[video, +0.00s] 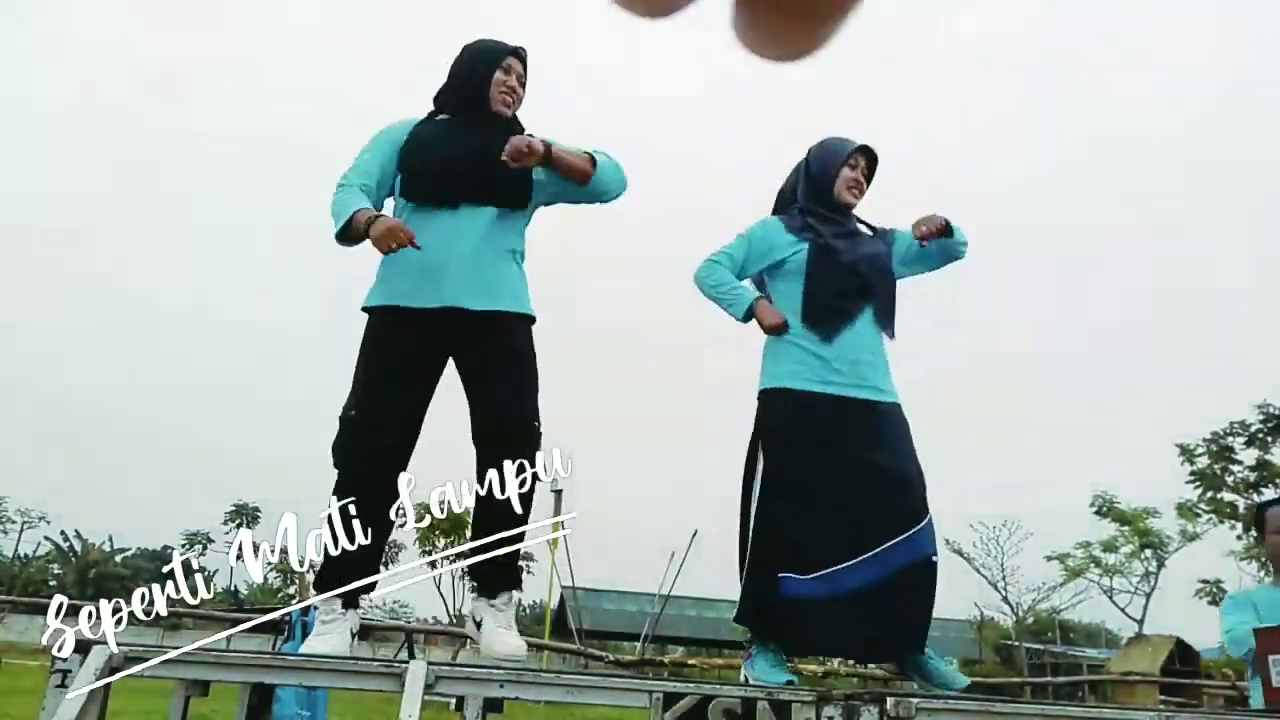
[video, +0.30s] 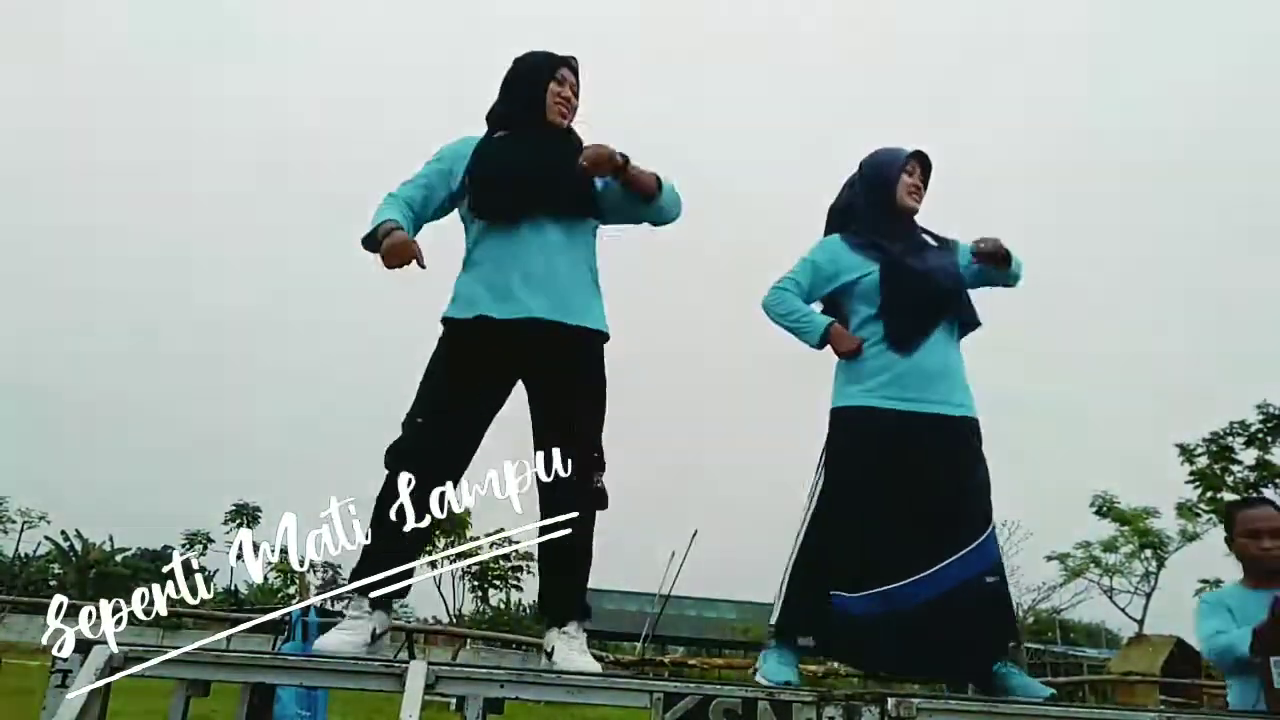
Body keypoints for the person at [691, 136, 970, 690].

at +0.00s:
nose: (858, 177)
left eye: (864, 173)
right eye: (850, 166)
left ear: (865, 187)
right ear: (820, 167)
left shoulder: (876, 242)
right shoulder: (779, 230)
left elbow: (947, 252)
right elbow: (711, 271)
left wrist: (942, 232)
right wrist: (754, 303)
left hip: (872, 394)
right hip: (798, 390)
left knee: (907, 511)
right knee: (786, 513)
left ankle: (909, 646)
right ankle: (767, 647)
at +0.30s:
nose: (916, 183)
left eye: (921, 178)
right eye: (907, 173)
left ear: (923, 191)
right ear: (877, 177)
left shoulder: (943, 252)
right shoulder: (840, 248)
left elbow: (1004, 276)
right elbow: (779, 298)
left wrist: (998, 259)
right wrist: (828, 331)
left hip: (948, 412)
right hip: (869, 408)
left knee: (971, 532)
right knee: (834, 526)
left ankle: (990, 661)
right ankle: (783, 645)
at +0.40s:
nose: (934, 186)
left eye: (938, 180)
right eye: (925, 176)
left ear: (939, 193)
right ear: (894, 181)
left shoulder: (961, 256)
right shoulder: (861, 249)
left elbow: (1026, 292)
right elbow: (802, 299)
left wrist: (993, 249)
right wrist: (856, 326)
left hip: (970, 409)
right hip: (895, 407)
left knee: (985, 533)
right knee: (877, 529)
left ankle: (1007, 668)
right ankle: (848, 649)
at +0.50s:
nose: (946, 194)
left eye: (950, 188)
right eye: (937, 185)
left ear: (952, 200)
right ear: (905, 188)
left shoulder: (971, 260)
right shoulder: (872, 255)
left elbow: (1029, 295)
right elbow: (814, 303)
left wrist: (1037, 250)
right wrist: (872, 331)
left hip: (982, 410)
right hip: (908, 410)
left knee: (996, 533)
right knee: (920, 535)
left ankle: (1009, 667)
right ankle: (926, 662)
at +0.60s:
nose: (952, 203)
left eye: (956, 198)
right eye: (943, 193)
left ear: (957, 208)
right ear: (912, 195)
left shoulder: (973, 267)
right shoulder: (873, 263)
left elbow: (1045, 289)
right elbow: (817, 309)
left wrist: (1109, 256)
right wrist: (872, 339)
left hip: (990, 417)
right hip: (916, 421)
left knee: (1014, 538)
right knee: (931, 542)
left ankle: (1022, 673)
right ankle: (933, 664)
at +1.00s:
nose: (978, 192)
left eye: (987, 186)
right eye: (965, 185)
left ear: (999, 200)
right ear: (944, 199)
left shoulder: (1025, 264)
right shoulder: (918, 265)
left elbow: (1089, 294)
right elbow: (863, 321)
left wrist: (1158, 316)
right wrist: (882, 326)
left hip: (1030, 420)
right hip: (952, 418)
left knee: (1064, 541)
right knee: (947, 540)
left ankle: (1088, 668)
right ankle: (932, 664)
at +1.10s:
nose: (985, 193)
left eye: (993, 186)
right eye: (972, 188)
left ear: (1009, 201)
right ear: (955, 207)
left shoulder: (1044, 263)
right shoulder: (936, 266)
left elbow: (1099, 296)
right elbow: (899, 324)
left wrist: (1158, 335)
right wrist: (944, 299)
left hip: (1047, 420)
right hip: (970, 418)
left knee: (1069, 545)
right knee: (958, 540)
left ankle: (1091, 675)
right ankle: (936, 662)